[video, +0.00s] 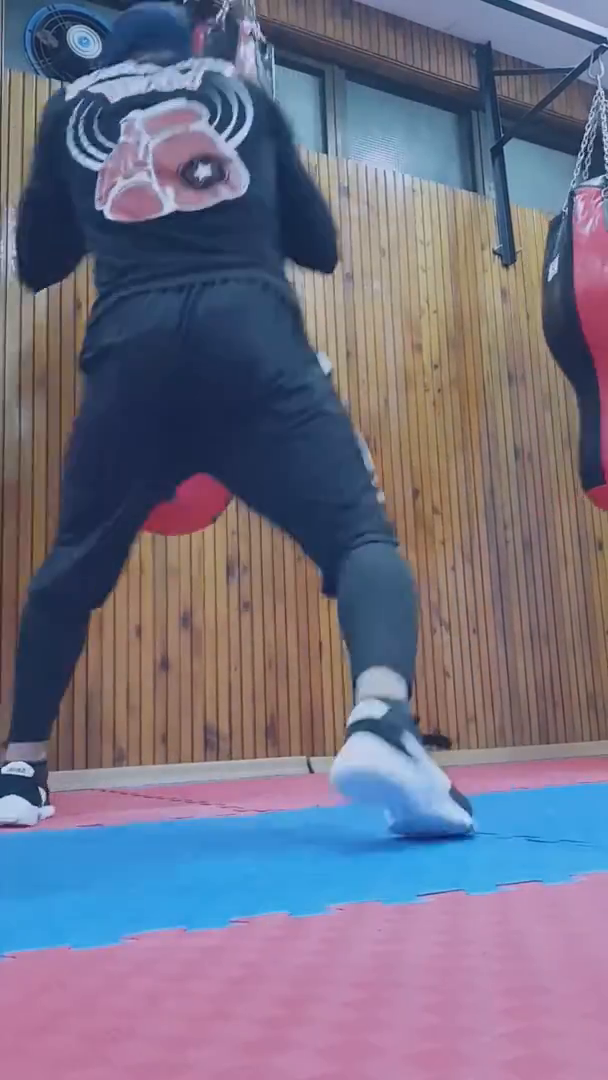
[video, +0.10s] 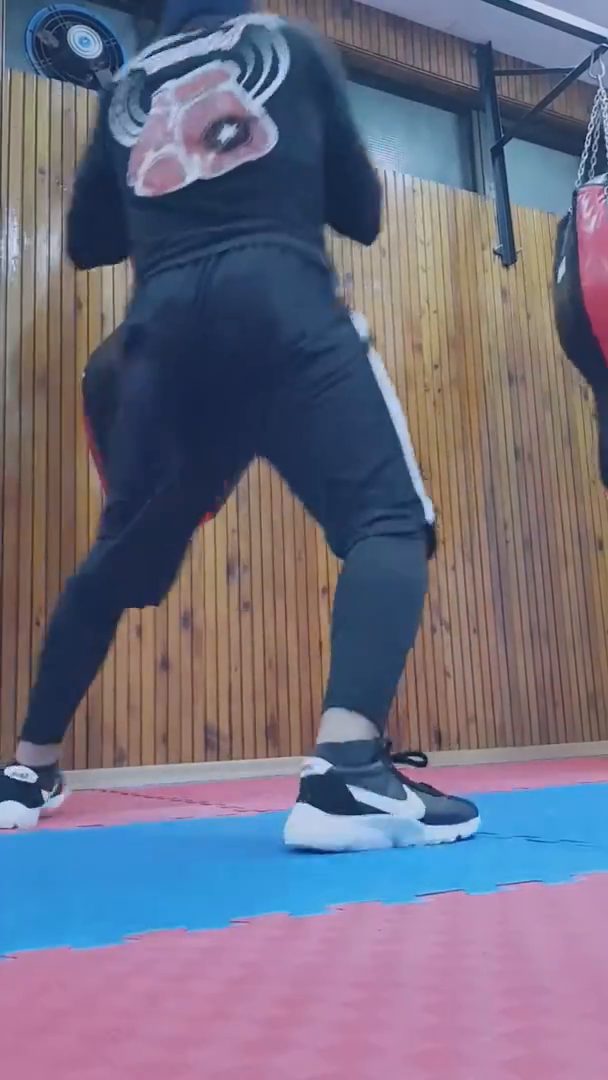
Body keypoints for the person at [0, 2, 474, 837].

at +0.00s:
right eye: (207, 29)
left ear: (114, 50)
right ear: (197, 37)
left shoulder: (71, 112)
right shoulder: (244, 94)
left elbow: (36, 262)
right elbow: (318, 245)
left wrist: (105, 176)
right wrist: (229, 186)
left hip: (130, 342)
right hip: (248, 326)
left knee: (78, 557)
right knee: (357, 535)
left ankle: (19, 765)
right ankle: (382, 716)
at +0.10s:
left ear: (160, 18)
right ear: (246, 7)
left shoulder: (125, 87)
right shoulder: (297, 49)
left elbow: (87, 241)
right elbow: (361, 213)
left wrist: (179, 193)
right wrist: (276, 155)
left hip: (163, 314)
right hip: (279, 292)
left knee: (124, 548)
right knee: (387, 523)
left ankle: (27, 767)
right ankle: (348, 763)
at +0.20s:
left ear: (229, 2)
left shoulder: (194, 65)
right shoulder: (358, 20)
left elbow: (136, 209)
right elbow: (404, 201)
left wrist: (204, 273)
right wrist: (314, 143)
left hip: (215, 289)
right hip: (324, 267)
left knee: (185, 545)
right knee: (410, 517)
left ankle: (77, 755)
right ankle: (353, 772)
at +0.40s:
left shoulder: (275, 32)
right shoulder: (471, 12)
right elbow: (492, 160)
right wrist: (474, 208)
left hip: (307, 234)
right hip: (415, 216)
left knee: (337, 501)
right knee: (424, 486)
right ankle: (350, 765)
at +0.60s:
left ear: (398, 10)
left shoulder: (376, 61)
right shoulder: (559, 34)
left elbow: (332, 231)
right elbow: (590, 164)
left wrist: (315, 183)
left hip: (435, 267)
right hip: (549, 246)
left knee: (497, 508)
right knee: (568, 502)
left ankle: (554, 748)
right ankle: (440, 672)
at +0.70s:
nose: (387, 108)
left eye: (383, 95)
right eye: (384, 95)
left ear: (404, 79)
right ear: (455, 53)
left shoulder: (410, 123)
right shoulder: (567, 78)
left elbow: (397, 296)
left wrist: (381, 224)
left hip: (502, 298)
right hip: (597, 275)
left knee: (527, 550)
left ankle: (561, 754)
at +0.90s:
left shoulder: (517, 115)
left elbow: (498, 261)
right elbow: (502, 258)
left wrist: (454, 225)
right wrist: (465, 223)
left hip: (582, 351)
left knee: (554, 542)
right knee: (554, 538)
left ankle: (563, 739)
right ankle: (563, 738)